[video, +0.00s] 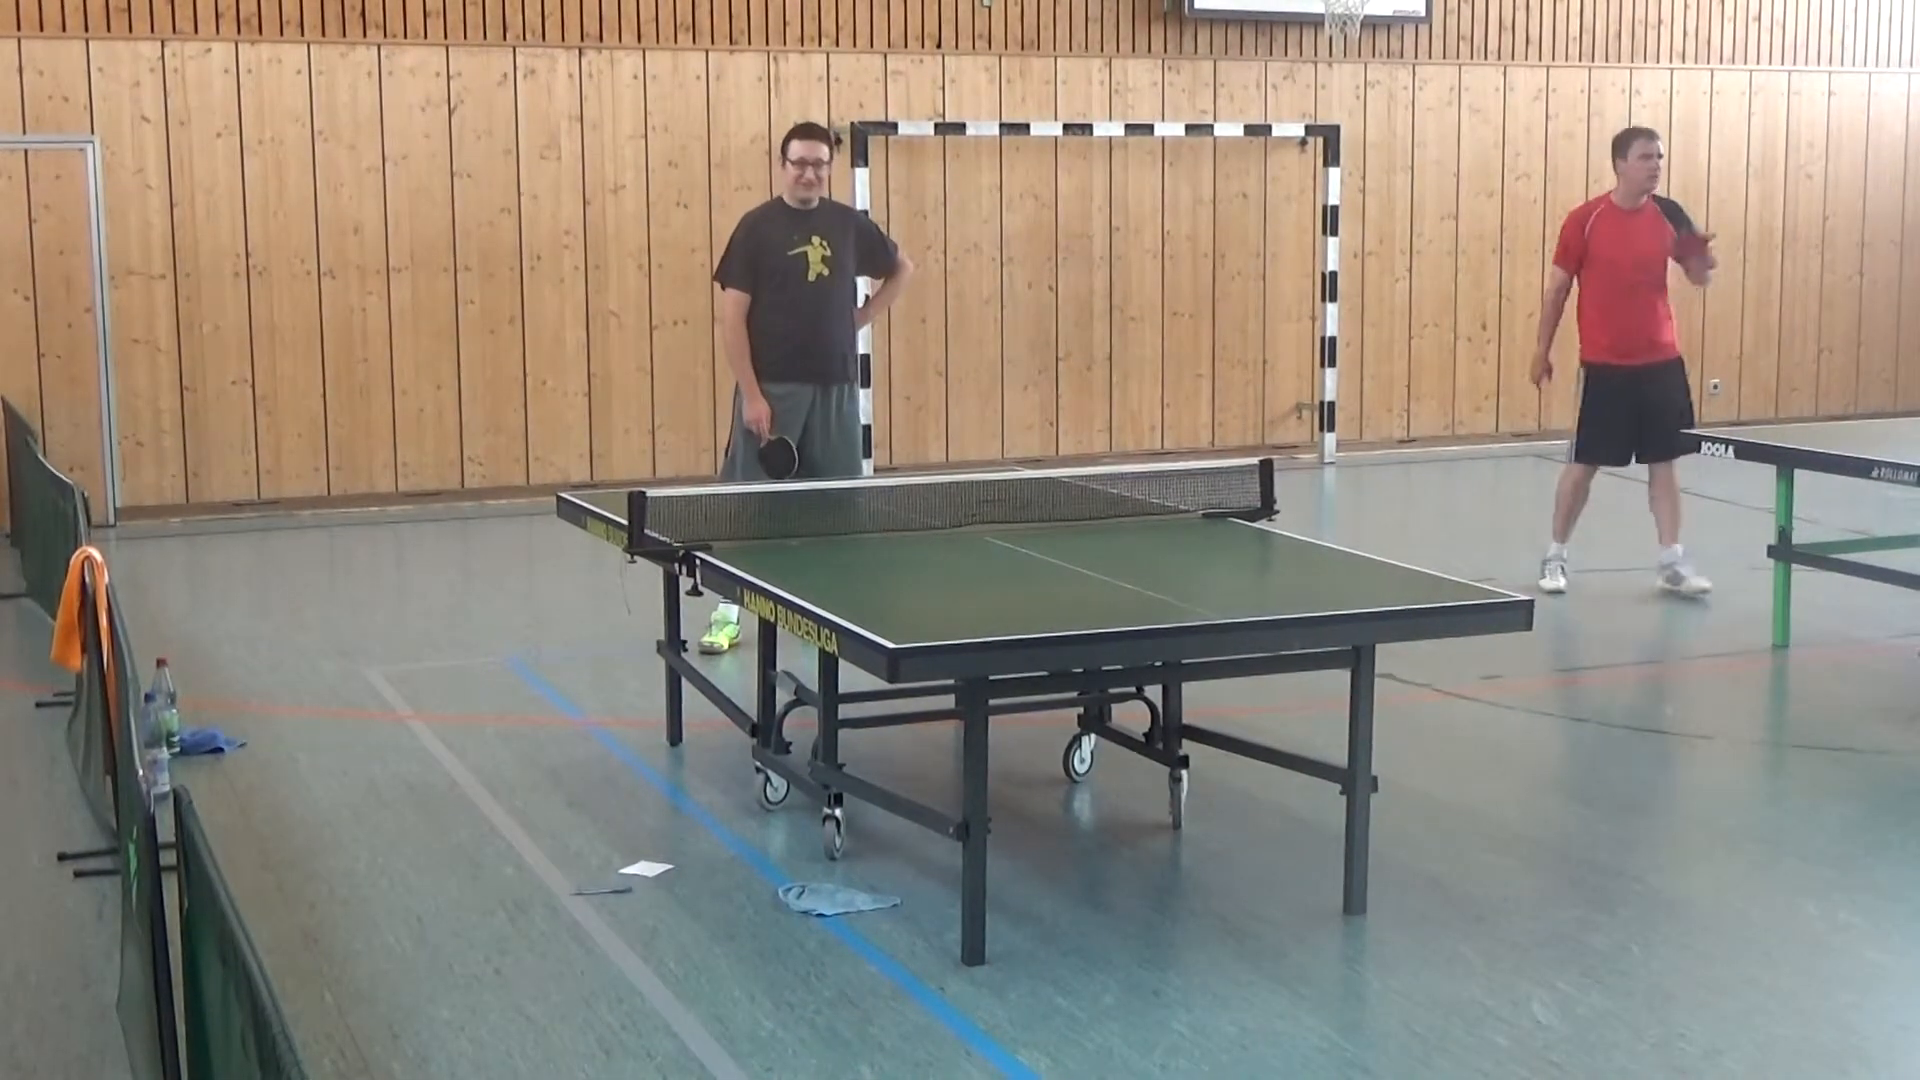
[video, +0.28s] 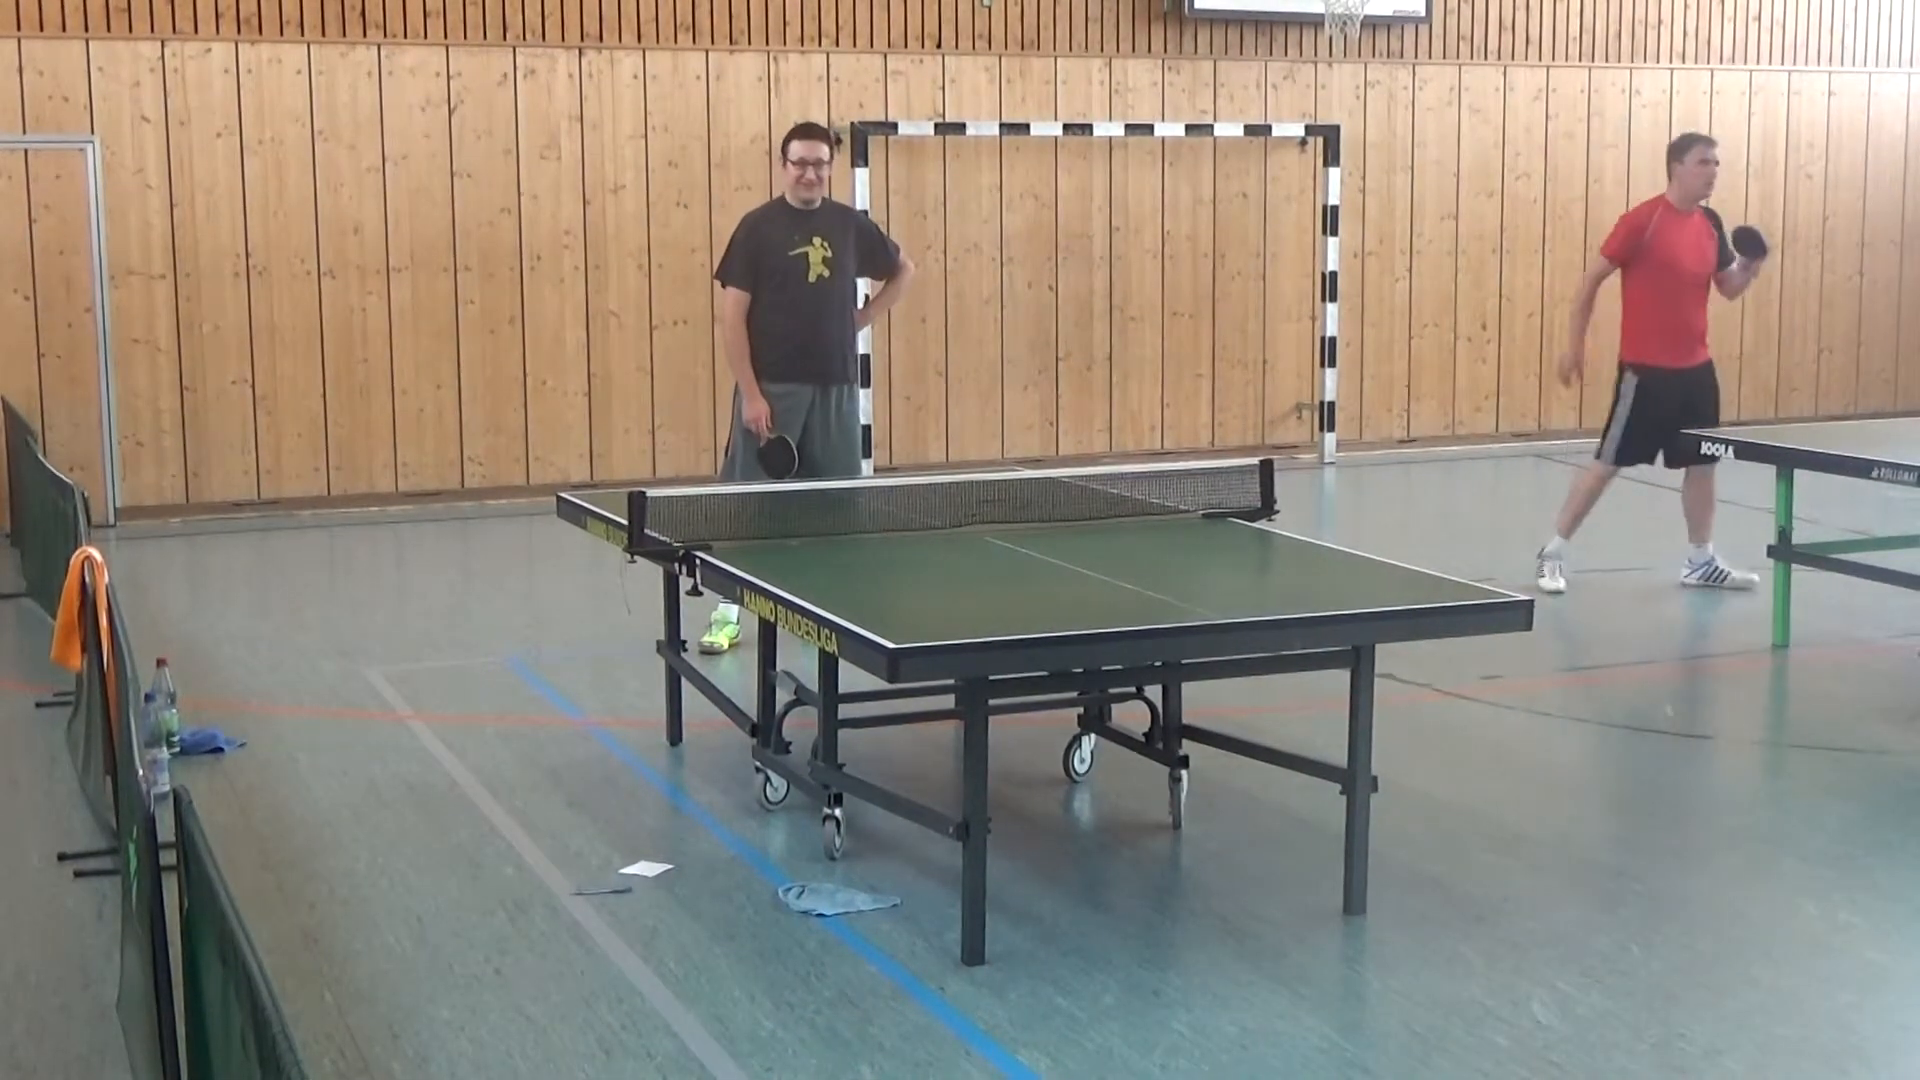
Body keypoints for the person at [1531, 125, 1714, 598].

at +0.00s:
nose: (1657, 165)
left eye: (1659, 157)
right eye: (1647, 157)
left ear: (1660, 165)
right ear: (1620, 164)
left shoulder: (1668, 216)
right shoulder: (1584, 219)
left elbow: (1698, 277)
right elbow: (1558, 287)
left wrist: (1700, 257)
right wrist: (1542, 351)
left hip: (1660, 362)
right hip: (1605, 364)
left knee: (1664, 461)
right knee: (1585, 462)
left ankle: (1671, 561)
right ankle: (1556, 556)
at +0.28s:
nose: (1714, 172)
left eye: (1716, 164)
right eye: (1705, 163)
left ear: (1709, 171)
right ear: (1677, 168)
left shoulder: (1709, 225)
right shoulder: (1642, 220)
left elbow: (1729, 288)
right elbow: (1591, 279)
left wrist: (1751, 265)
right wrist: (1574, 348)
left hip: (1695, 369)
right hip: (1644, 370)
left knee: (1702, 464)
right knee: (1606, 465)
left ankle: (1701, 560)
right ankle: (1553, 551)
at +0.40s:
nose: (1736, 174)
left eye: (1740, 166)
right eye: (1727, 164)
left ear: (1741, 172)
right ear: (1701, 168)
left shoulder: (1734, 222)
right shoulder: (1671, 218)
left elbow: (1731, 280)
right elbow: (1618, 271)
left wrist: (1750, 294)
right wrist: (1628, 338)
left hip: (1721, 363)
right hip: (1676, 362)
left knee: (1712, 462)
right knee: (1660, 463)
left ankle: (1702, 561)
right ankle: (1579, 543)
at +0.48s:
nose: (1746, 174)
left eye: (1754, 167)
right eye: (1739, 164)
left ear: (1759, 174)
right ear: (1718, 166)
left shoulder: (1751, 220)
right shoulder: (1686, 214)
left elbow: (1753, 270)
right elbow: (1640, 275)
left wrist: (1761, 299)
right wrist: (1678, 312)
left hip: (1731, 355)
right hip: (1691, 353)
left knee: (1719, 458)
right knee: (1698, 456)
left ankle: (1701, 561)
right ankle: (1617, 536)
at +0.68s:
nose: (1773, 181)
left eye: (1784, 175)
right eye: (1767, 170)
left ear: (1793, 180)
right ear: (1752, 168)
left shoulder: (1783, 222)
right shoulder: (1726, 214)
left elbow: (1789, 278)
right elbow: (1728, 281)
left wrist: (1801, 303)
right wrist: (1779, 241)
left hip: (1757, 356)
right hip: (1725, 354)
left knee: (1736, 459)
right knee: (1765, 451)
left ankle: (1700, 560)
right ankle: (1760, 565)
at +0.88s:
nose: (1816, 191)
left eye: (1825, 185)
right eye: (1809, 181)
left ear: (1831, 186)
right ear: (1788, 176)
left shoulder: (1811, 221)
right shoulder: (1768, 220)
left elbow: (1817, 273)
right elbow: (1802, 280)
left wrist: (1844, 299)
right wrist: (1828, 223)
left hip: (1795, 359)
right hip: (1766, 361)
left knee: (1804, 464)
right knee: (1808, 462)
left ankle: (1731, 537)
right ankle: (1806, 569)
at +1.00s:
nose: (1839, 192)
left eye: (1846, 185)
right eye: (1831, 182)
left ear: (1852, 188)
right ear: (1810, 178)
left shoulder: (1834, 224)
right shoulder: (1786, 223)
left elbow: (1839, 277)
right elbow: (1805, 292)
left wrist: (1875, 295)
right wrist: (1844, 240)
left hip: (1817, 359)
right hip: (1783, 364)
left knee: (1853, 449)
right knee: (1826, 460)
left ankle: (1786, 527)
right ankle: (1809, 567)